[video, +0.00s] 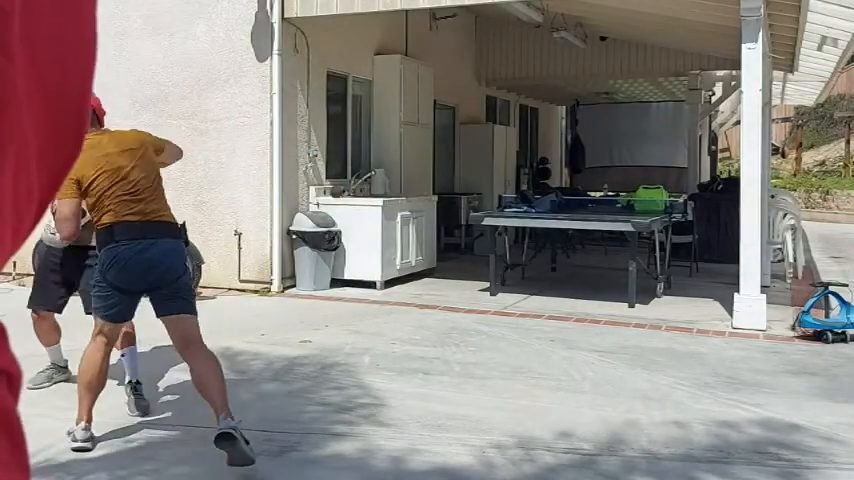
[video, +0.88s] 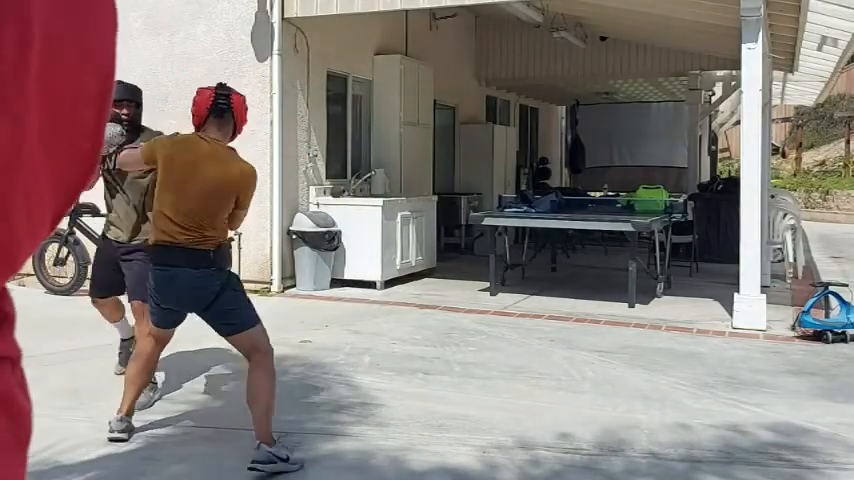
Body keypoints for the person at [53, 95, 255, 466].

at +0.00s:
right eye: (98, 112)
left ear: (73, 124)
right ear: (99, 115)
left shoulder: (72, 161)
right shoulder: (136, 139)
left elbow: (66, 231)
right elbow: (174, 152)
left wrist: (81, 217)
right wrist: (137, 162)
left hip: (119, 247)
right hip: (167, 242)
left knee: (102, 337)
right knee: (191, 344)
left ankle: (83, 426)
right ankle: (226, 421)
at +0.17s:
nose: (96, 113)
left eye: (97, 106)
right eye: (98, 107)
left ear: (100, 105)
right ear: (139, 98)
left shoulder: (95, 139)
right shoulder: (170, 130)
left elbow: (81, 202)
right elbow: (174, 175)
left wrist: (111, 172)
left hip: (128, 251)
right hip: (178, 248)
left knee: (110, 337)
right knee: (200, 351)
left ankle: (83, 424)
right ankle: (215, 444)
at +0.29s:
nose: (177, 103)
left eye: (130, 102)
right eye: (174, 97)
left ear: (132, 105)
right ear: (172, 99)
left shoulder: (116, 141)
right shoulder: (199, 138)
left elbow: (98, 203)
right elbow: (193, 186)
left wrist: (129, 176)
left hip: (141, 258)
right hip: (192, 256)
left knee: (122, 337)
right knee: (207, 355)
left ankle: (88, 418)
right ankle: (214, 451)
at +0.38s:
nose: (195, 106)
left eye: (191, 100)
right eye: (194, 100)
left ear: (153, 102)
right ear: (193, 102)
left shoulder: (132, 137)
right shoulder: (217, 142)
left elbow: (100, 194)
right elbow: (214, 199)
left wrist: (132, 177)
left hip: (149, 256)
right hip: (199, 255)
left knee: (134, 333)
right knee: (213, 356)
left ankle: (96, 409)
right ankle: (215, 451)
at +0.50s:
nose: (210, 106)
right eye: (210, 101)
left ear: (167, 99)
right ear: (207, 101)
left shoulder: (142, 131)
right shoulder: (225, 138)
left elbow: (100, 178)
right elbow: (225, 194)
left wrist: (124, 174)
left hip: (150, 250)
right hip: (199, 253)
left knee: (144, 328)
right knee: (212, 353)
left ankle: (113, 408)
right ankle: (215, 450)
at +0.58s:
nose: (214, 104)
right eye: (214, 97)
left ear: (174, 99)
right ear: (212, 98)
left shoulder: (151, 128)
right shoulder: (228, 139)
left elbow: (97, 167)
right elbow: (232, 187)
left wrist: (84, 148)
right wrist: (224, 141)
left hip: (151, 249)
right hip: (196, 252)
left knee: (148, 335)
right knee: (211, 351)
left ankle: (125, 413)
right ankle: (215, 449)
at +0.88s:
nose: (237, 126)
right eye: (238, 121)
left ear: (197, 118)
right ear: (237, 124)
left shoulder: (169, 146)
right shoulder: (243, 171)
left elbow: (122, 161)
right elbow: (232, 223)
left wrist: (151, 155)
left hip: (163, 265)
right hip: (210, 271)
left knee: (153, 340)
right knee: (259, 351)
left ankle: (123, 417)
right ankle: (266, 445)